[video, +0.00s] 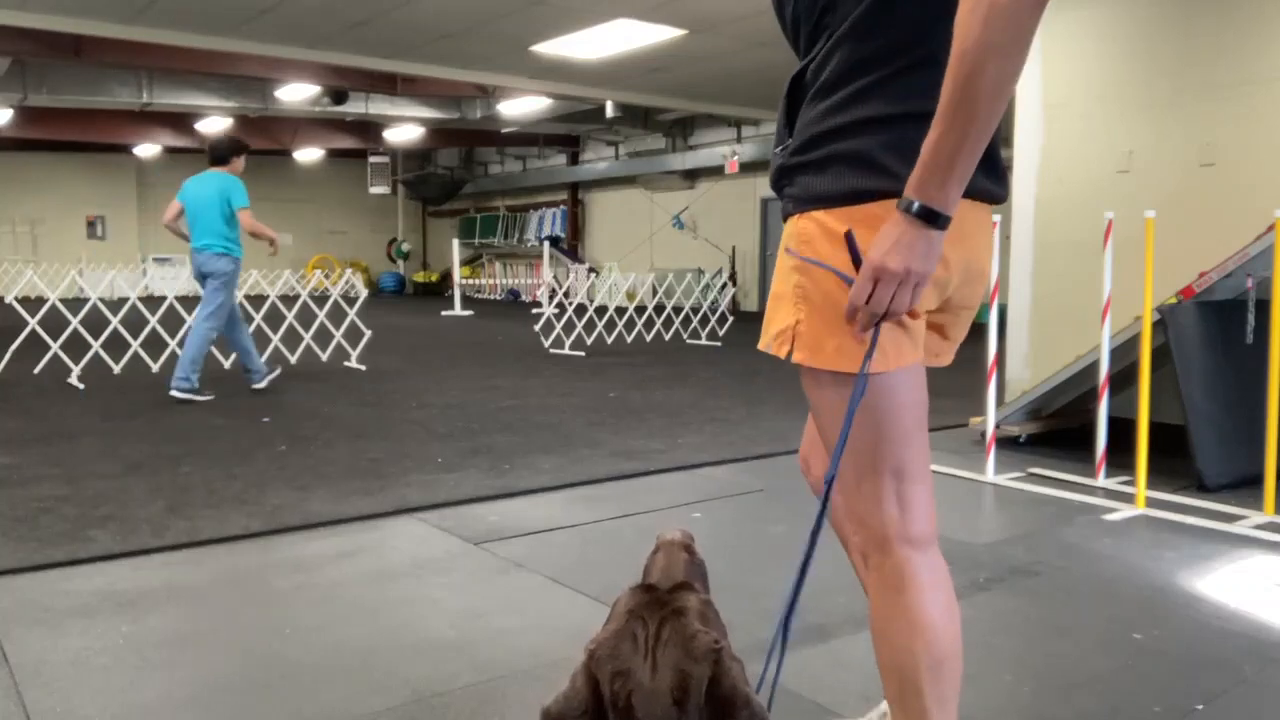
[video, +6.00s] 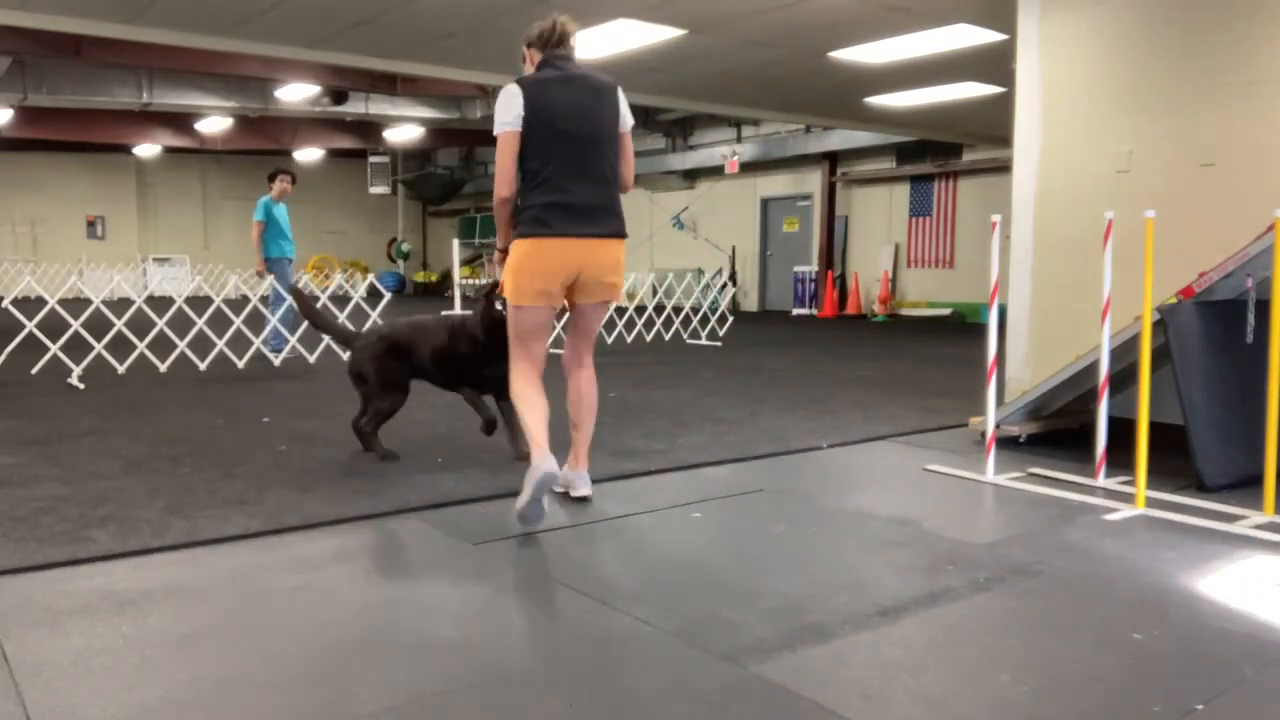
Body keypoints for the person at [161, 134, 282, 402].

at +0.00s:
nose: (244, 165)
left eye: (245, 160)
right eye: (243, 160)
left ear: (214, 159)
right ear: (232, 159)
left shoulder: (191, 182)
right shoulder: (232, 183)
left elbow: (169, 220)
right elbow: (249, 225)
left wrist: (191, 238)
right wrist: (272, 236)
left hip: (198, 258)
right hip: (223, 259)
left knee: (231, 319)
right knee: (208, 321)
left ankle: (258, 373)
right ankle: (183, 383)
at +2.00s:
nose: (421, 184)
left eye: (420, 182)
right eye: (421, 182)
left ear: (398, 181)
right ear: (417, 181)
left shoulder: (388, 198)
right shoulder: (425, 195)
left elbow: (374, 228)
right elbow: (439, 222)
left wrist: (368, 256)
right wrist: (456, 245)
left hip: (396, 253)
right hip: (421, 253)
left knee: (404, 299)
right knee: (424, 304)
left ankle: (406, 342)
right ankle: (422, 356)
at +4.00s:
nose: (330, 186)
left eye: (332, 182)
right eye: (326, 181)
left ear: (331, 185)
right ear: (315, 182)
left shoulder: (321, 204)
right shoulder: (305, 201)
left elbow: (321, 236)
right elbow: (292, 230)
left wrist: (329, 257)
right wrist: (285, 258)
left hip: (317, 257)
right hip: (306, 256)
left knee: (311, 299)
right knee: (316, 298)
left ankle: (306, 341)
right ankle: (307, 342)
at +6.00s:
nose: (285, 186)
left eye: (289, 183)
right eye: (282, 181)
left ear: (291, 187)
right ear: (272, 184)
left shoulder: (283, 206)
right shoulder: (264, 203)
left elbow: (283, 232)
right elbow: (257, 232)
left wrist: (290, 255)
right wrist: (259, 261)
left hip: (287, 256)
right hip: (275, 256)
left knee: (279, 299)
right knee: (284, 298)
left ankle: (274, 340)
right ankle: (277, 342)